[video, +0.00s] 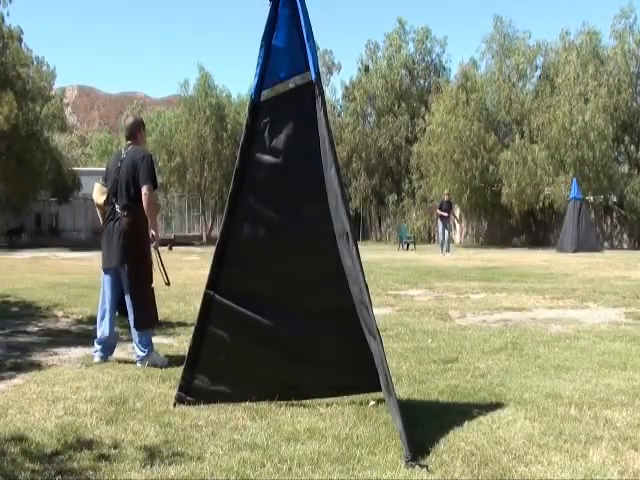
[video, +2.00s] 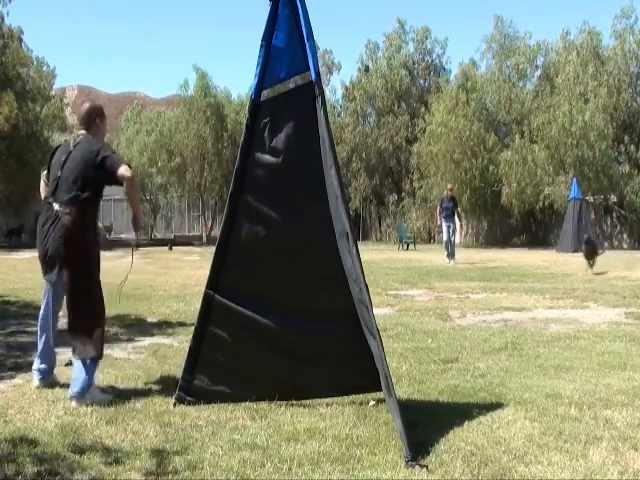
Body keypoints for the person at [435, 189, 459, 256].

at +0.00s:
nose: (447, 197)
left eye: (448, 195)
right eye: (446, 195)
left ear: (449, 196)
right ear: (444, 195)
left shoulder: (450, 203)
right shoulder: (441, 202)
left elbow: (452, 212)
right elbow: (437, 210)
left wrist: (456, 218)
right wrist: (444, 213)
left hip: (447, 220)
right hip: (441, 220)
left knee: (448, 236)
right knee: (442, 237)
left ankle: (447, 251)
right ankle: (441, 251)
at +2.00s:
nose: (450, 192)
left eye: (451, 191)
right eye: (449, 191)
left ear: (453, 191)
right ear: (446, 191)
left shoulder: (454, 199)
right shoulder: (443, 199)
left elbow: (457, 210)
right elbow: (439, 209)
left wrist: (460, 221)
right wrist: (439, 220)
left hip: (452, 220)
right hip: (444, 220)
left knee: (452, 239)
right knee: (446, 239)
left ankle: (452, 257)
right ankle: (447, 254)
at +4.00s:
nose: (420, 188)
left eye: (421, 185)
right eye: (418, 186)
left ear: (423, 186)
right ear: (416, 187)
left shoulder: (427, 197)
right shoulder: (413, 197)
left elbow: (430, 211)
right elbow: (410, 210)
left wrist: (432, 223)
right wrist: (410, 221)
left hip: (425, 221)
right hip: (416, 221)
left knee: (425, 244)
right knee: (415, 243)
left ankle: (426, 264)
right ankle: (417, 263)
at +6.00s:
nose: (359, 184)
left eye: (360, 181)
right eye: (357, 182)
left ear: (365, 181)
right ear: (355, 182)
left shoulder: (370, 192)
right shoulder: (355, 193)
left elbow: (372, 206)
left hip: (367, 218)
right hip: (357, 219)